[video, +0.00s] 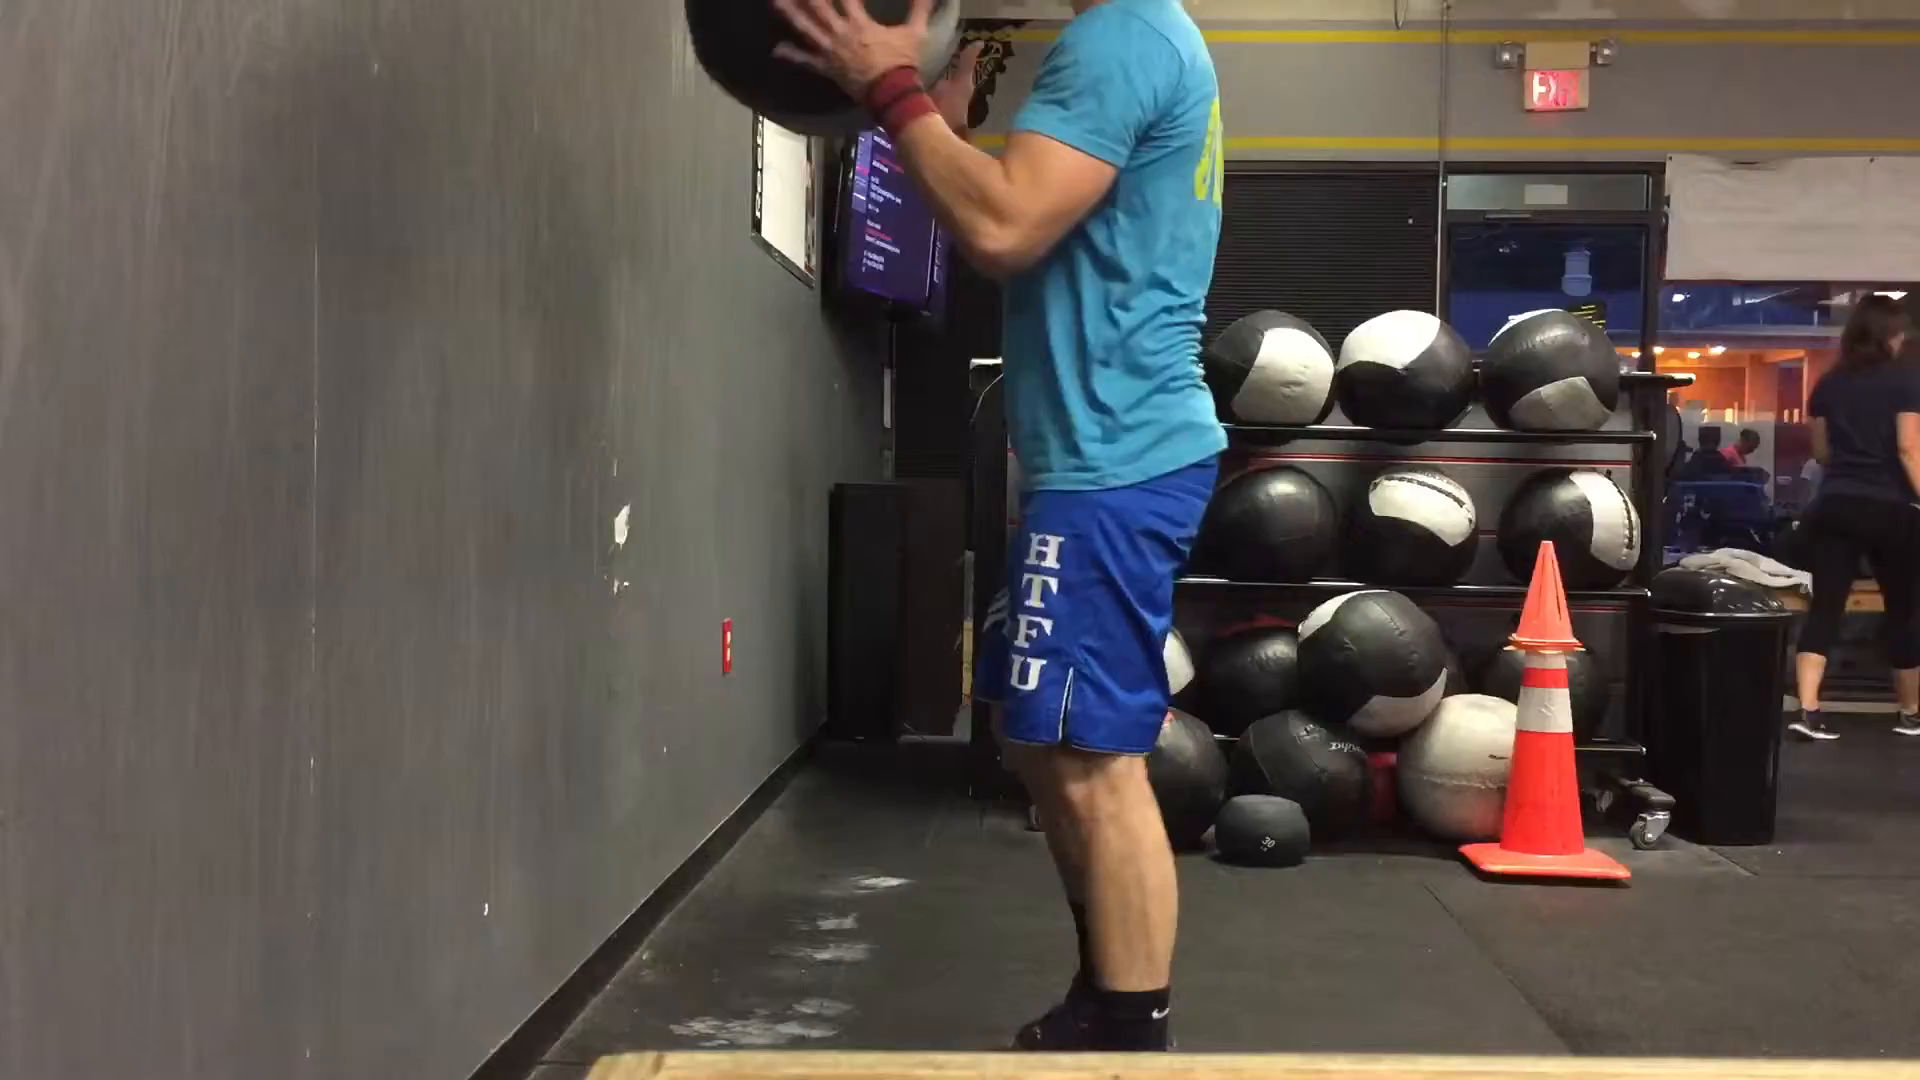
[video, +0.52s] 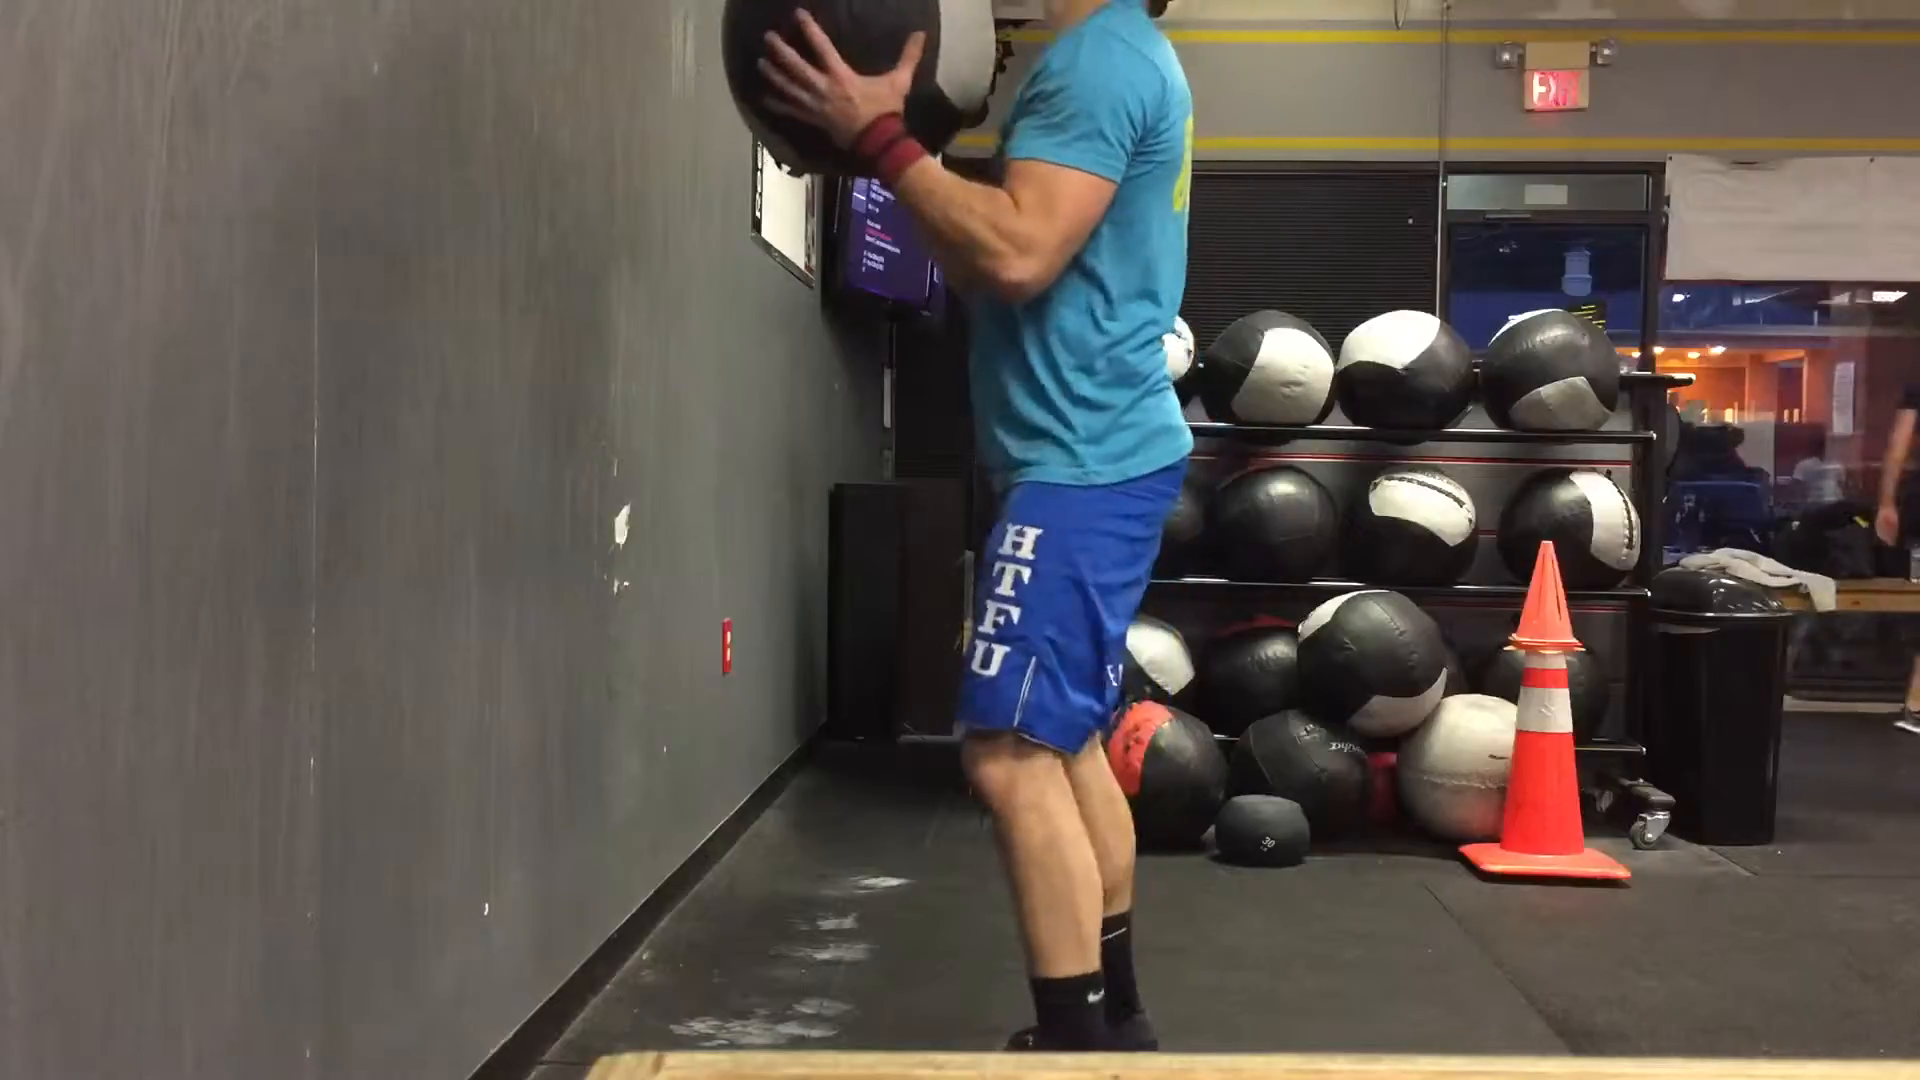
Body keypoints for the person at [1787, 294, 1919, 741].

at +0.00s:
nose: (1903, 341)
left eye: (1902, 333)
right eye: (1901, 334)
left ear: (1853, 336)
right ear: (1890, 337)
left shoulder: (1829, 384)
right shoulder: (1903, 383)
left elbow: (1820, 451)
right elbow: (1908, 449)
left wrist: (1849, 472)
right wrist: (1919, 494)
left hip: (1835, 507)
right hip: (1891, 509)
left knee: (1824, 604)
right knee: (1903, 607)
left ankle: (1806, 710)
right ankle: (1909, 710)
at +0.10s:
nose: (1917, 345)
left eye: (1916, 337)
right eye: (1914, 338)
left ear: (1865, 342)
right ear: (1901, 342)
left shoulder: (1841, 386)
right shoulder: (1912, 384)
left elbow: (1831, 452)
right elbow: (1917, 450)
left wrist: (1860, 472)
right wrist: (1912, 486)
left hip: (1852, 506)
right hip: (1903, 507)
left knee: (1839, 605)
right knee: (1909, 607)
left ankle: (1809, 702)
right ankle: (1912, 710)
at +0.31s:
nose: (1904, 346)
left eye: (1902, 340)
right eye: (1908, 339)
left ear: (1899, 343)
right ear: (1913, 343)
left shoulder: (1879, 384)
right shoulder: (1887, 384)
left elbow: (1865, 451)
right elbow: (1864, 451)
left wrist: (1863, 505)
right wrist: (1864, 503)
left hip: (1890, 503)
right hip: (1907, 504)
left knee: (1904, 600)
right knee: (1910, 603)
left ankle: (1861, 668)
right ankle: (1911, 711)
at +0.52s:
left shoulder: (1911, 397)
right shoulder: (1912, 396)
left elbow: (1898, 446)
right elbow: (1898, 446)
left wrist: (1887, 502)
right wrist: (1887, 502)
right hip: (1915, 521)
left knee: (1917, 619)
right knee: (1916, 620)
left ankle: (1913, 703)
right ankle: (1912, 703)